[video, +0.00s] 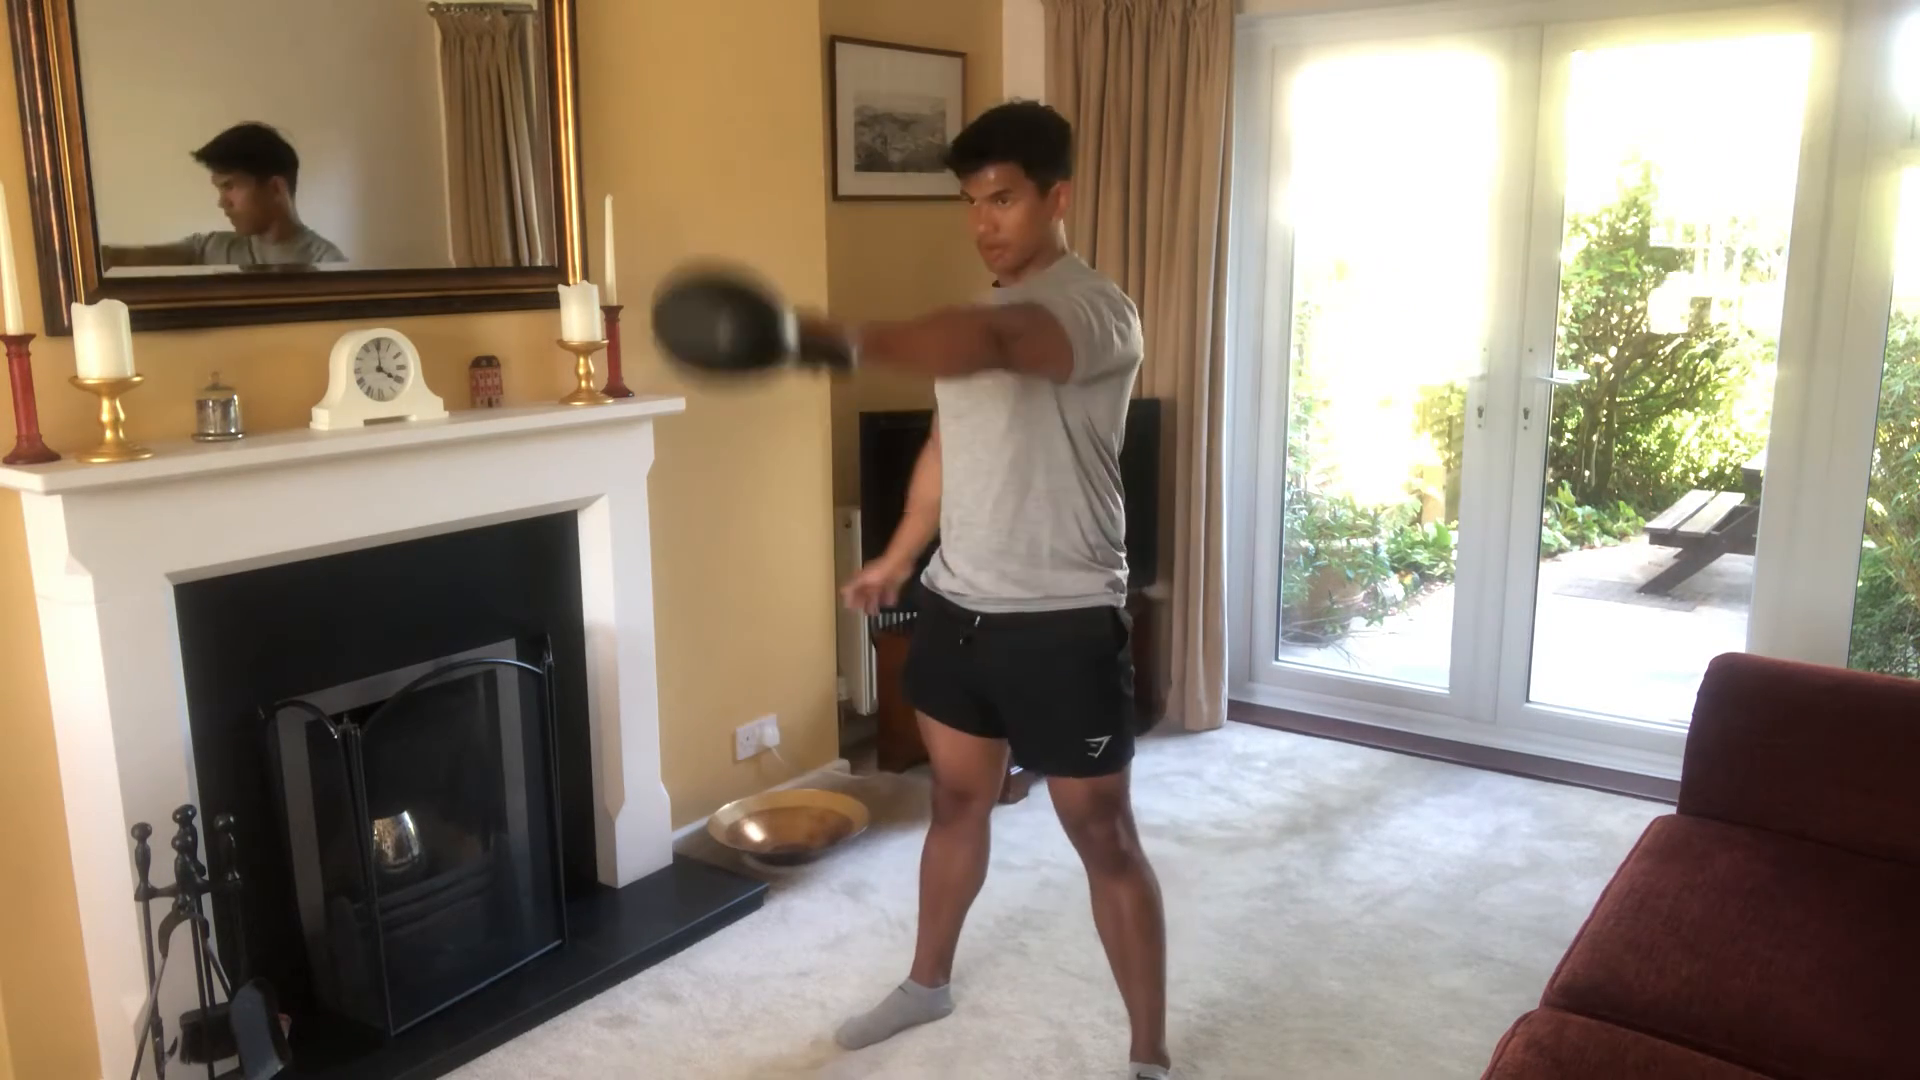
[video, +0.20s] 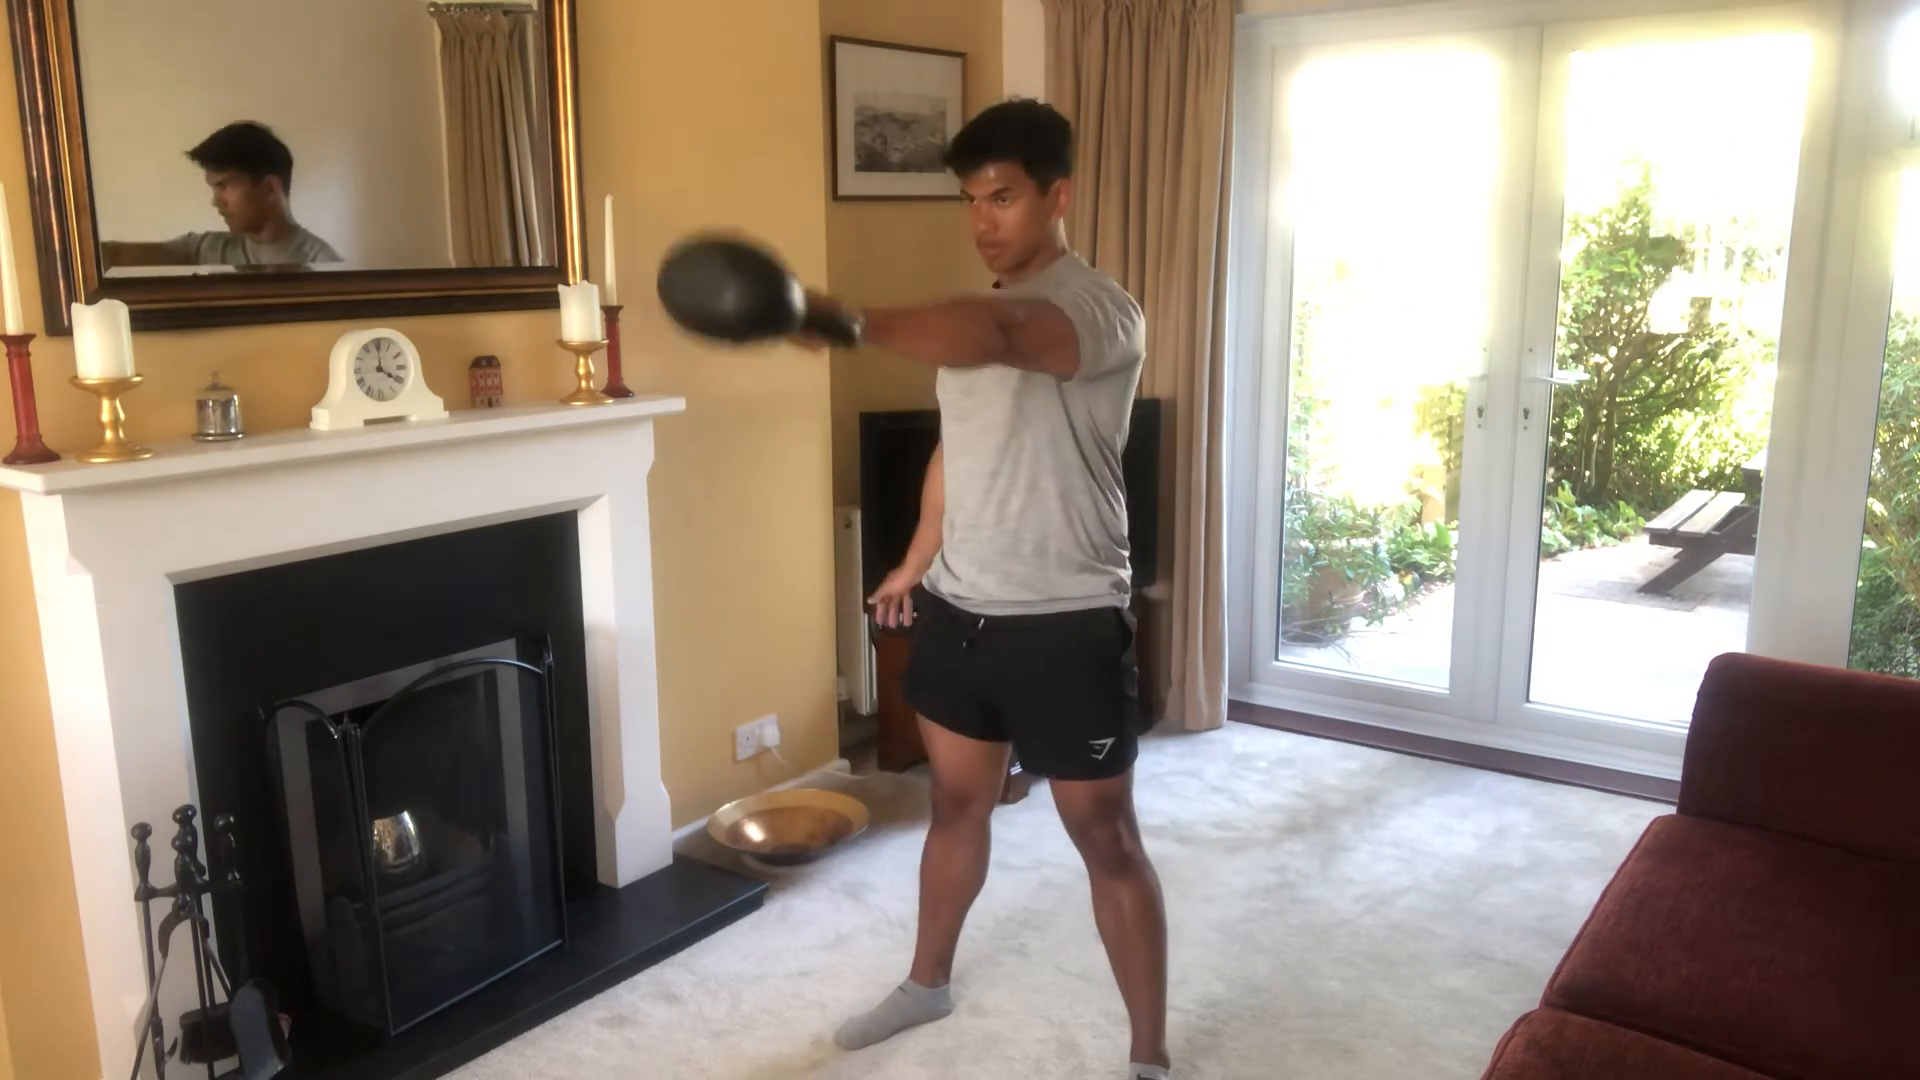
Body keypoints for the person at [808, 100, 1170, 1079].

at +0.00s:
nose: (984, 221)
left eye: (1004, 198)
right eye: (972, 203)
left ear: (1059, 199)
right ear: (965, 208)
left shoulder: (1097, 308)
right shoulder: (970, 319)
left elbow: (990, 335)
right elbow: (946, 443)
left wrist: (843, 342)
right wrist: (900, 553)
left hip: (1068, 618)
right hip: (959, 607)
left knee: (1103, 836)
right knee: (954, 803)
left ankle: (1150, 1055)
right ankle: (928, 982)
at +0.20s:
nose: (983, 220)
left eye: (1002, 197)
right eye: (971, 202)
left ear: (1058, 196)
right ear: (965, 206)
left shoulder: (1101, 306)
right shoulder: (969, 318)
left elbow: (1000, 328)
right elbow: (954, 452)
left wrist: (852, 323)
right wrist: (914, 564)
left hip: (1070, 621)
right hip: (958, 612)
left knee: (1106, 839)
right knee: (955, 808)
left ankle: (1150, 1055)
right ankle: (928, 983)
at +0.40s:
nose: (976, 236)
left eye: (994, 214)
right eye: (964, 217)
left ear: (1049, 204)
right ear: (955, 213)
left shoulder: (1097, 312)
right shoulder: (960, 317)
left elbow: (1001, 409)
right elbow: (947, 443)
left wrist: (865, 476)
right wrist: (888, 547)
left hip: (1084, 617)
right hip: (970, 605)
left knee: (1112, 841)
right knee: (949, 806)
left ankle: (1150, 1055)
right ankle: (928, 983)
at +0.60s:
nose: (895, 332)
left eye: (905, 311)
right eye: (884, 315)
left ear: (955, 291)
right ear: (885, 304)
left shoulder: (1045, 372)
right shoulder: (920, 360)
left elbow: (1004, 565)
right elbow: (916, 460)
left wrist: (946, 712)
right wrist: (856, 559)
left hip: (1105, 619)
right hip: (1001, 612)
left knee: (1124, 844)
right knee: (925, 774)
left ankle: (1152, 1057)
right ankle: (924, 981)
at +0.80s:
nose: (834, 584)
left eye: (834, 574)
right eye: (826, 577)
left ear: (871, 538)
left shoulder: (996, 567)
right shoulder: (879, 472)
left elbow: (1035, 693)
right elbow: (902, 546)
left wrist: (1053, 770)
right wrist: (891, 606)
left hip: (1118, 648)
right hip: (1007, 640)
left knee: (1128, 866)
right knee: (897, 805)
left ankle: (1153, 1062)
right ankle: (923, 984)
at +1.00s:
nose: (845, 729)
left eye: (842, 718)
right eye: (834, 725)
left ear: (870, 670)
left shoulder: (995, 672)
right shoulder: (843, 567)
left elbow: (1069, 745)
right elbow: (897, 691)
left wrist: (1026, 775)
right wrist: (986, 771)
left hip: (1122, 645)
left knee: (1131, 861)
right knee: (895, 805)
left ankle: (1156, 1059)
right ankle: (924, 984)